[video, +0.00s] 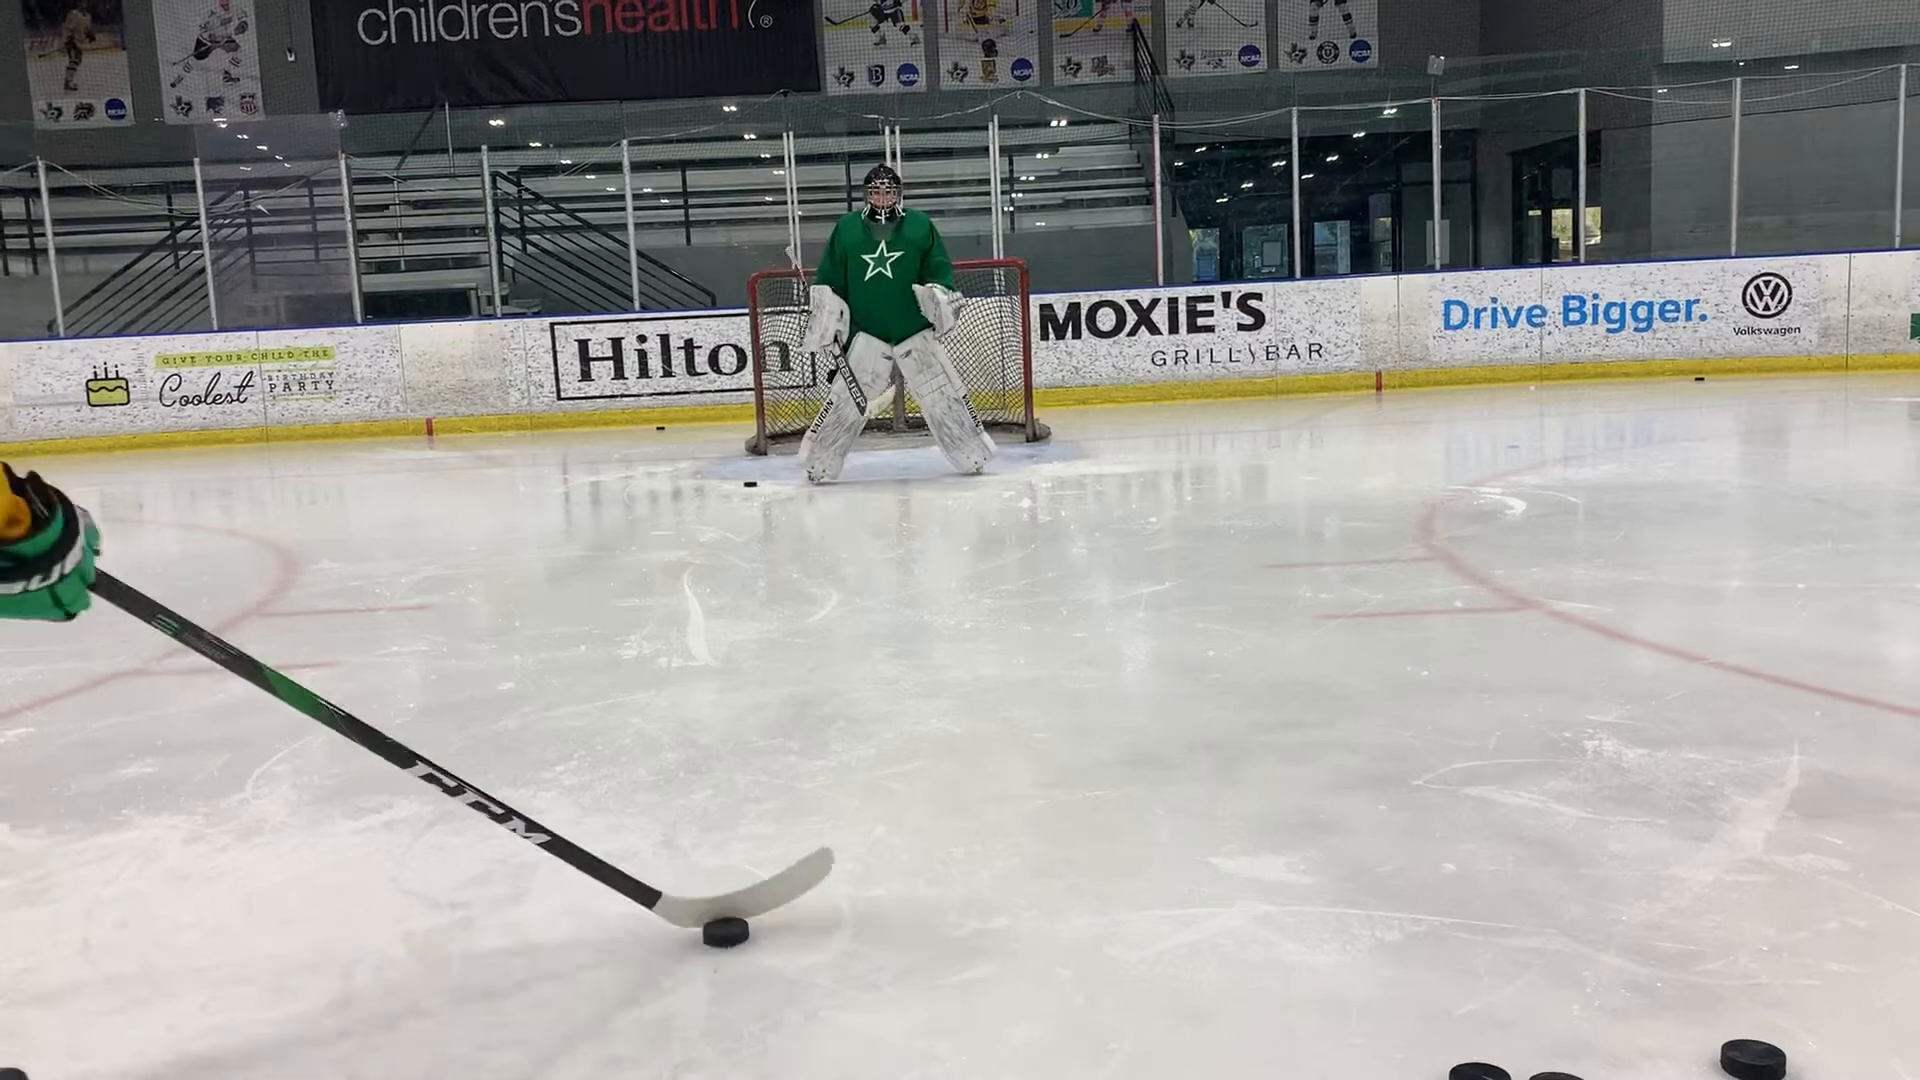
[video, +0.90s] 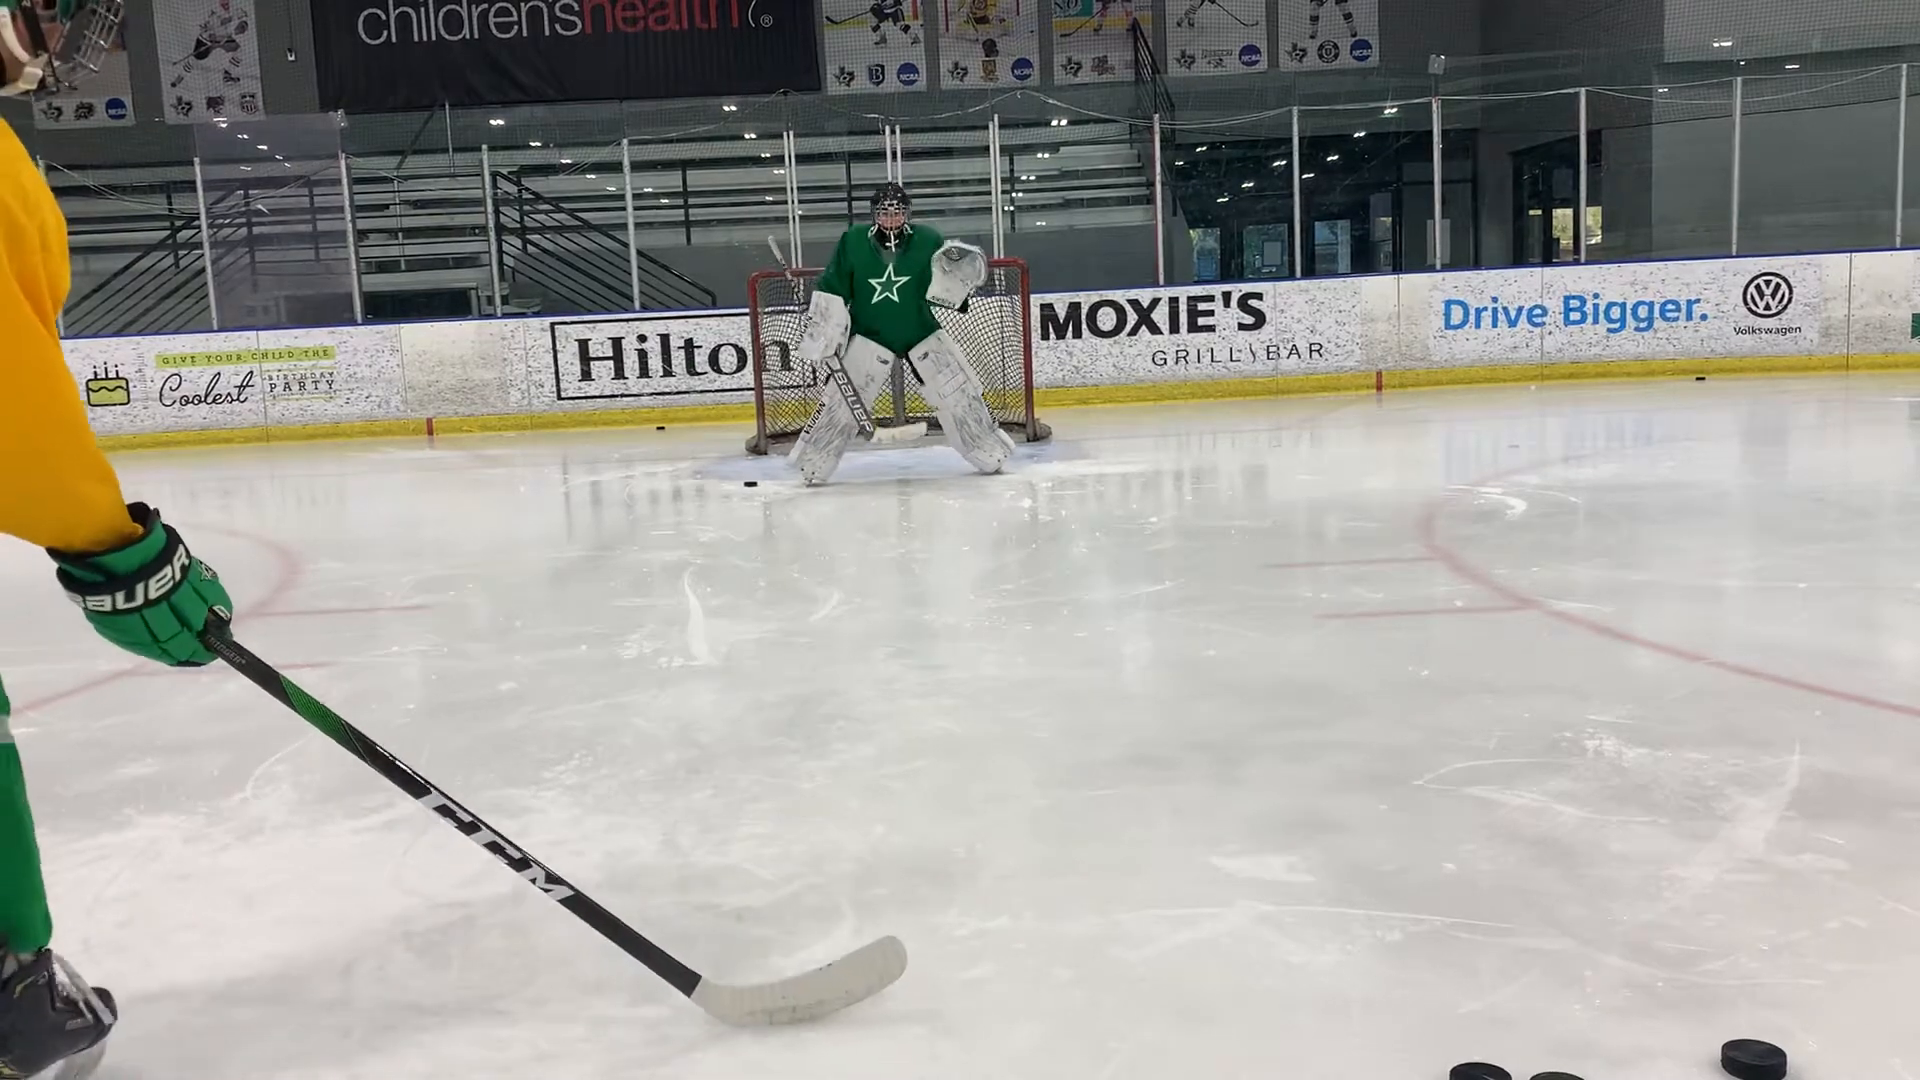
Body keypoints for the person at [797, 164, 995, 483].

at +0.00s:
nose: (882, 196)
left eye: (888, 190)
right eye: (877, 190)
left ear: (898, 193)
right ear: (867, 194)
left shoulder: (919, 225)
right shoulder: (848, 228)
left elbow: (940, 271)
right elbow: (829, 279)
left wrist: (937, 302)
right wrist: (827, 323)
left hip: (915, 329)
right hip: (867, 332)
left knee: (942, 396)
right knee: (846, 402)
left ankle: (971, 459)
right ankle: (821, 469)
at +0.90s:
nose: (891, 219)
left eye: (896, 213)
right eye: (884, 213)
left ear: (906, 214)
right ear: (874, 215)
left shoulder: (926, 240)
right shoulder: (853, 242)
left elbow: (955, 297)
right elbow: (831, 290)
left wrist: (961, 275)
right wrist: (825, 335)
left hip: (921, 333)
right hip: (869, 336)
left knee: (957, 394)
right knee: (843, 401)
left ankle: (990, 458)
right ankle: (815, 468)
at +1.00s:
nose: (892, 246)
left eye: (898, 239)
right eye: (887, 240)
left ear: (908, 240)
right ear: (875, 241)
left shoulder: (924, 265)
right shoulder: (855, 269)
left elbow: (948, 309)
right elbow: (832, 314)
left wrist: (950, 286)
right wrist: (823, 360)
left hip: (924, 346)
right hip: (874, 350)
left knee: (960, 399)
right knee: (850, 407)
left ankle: (996, 459)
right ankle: (815, 468)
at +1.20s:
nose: (896, 285)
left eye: (902, 278)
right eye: (890, 279)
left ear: (912, 279)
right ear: (881, 280)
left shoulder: (928, 301)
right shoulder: (861, 305)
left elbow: (960, 350)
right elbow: (836, 341)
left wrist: (948, 320)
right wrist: (831, 380)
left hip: (927, 374)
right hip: (880, 380)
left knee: (964, 414)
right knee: (855, 426)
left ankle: (1009, 457)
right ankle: (813, 468)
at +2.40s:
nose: (902, 305)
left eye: (907, 298)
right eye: (896, 298)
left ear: (918, 298)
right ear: (886, 298)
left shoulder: (936, 317)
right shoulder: (865, 319)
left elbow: (964, 370)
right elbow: (834, 352)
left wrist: (962, 347)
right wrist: (834, 388)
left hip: (931, 402)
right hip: (880, 408)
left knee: (961, 410)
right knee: (853, 437)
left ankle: (1008, 453)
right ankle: (815, 467)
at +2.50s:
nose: (906, 308)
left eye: (912, 302)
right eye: (900, 302)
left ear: (920, 300)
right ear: (889, 300)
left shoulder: (938, 321)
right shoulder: (865, 319)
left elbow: (963, 365)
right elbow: (834, 355)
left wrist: (982, 358)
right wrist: (847, 379)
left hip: (935, 418)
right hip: (883, 419)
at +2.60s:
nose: (916, 314)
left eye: (921, 308)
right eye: (909, 309)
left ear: (927, 305)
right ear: (893, 306)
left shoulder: (944, 327)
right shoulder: (870, 326)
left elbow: (957, 369)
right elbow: (842, 364)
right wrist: (858, 391)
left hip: (938, 424)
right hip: (888, 426)